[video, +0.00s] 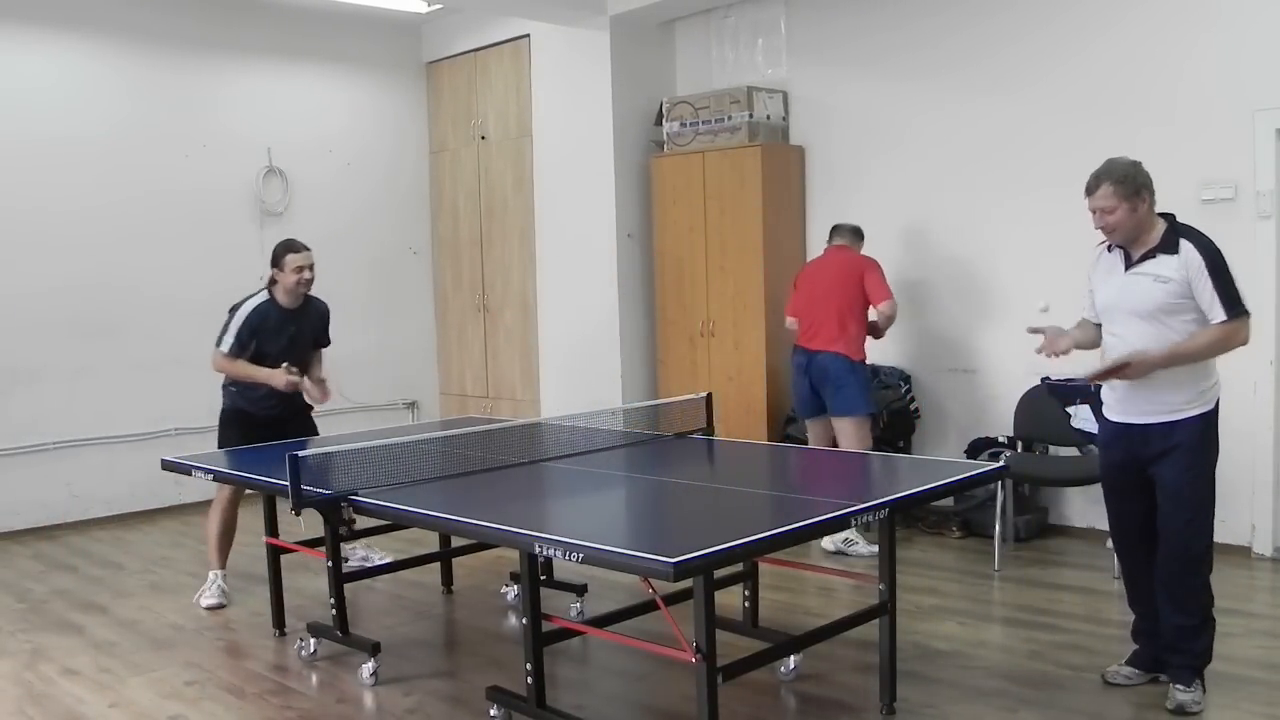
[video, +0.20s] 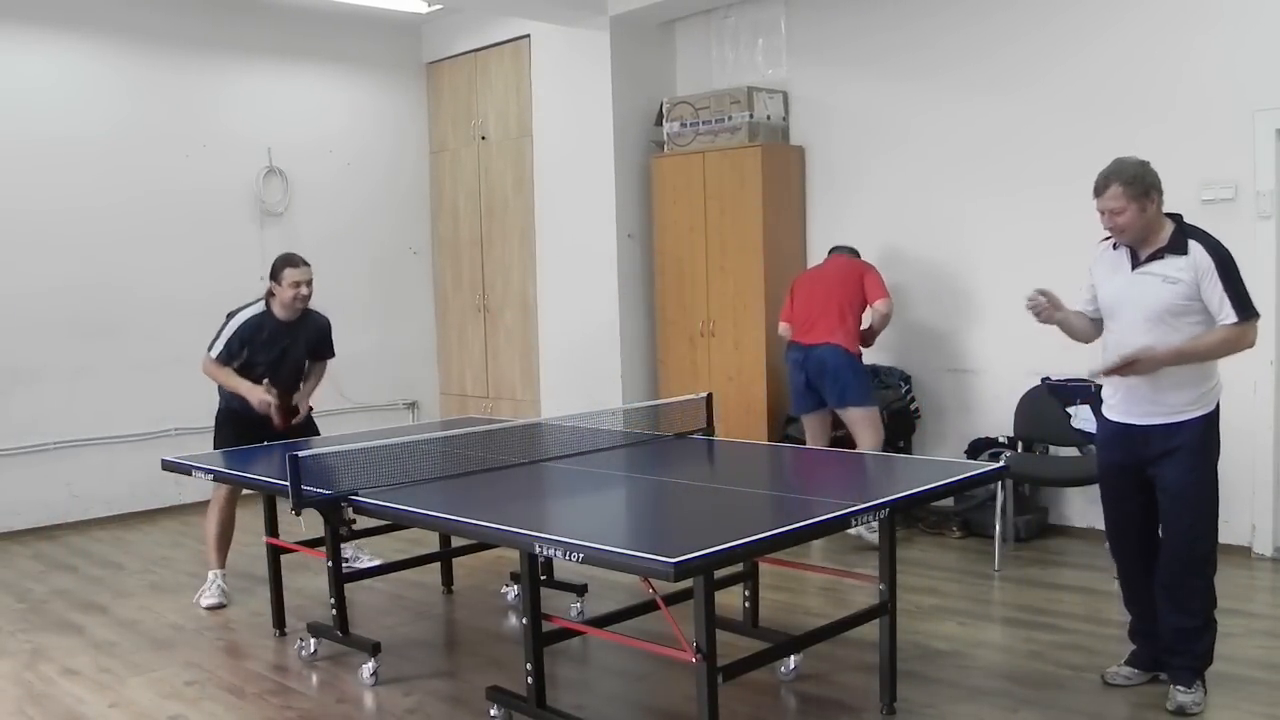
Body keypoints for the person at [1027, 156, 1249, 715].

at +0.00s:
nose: (1098, 222)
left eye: (1106, 212)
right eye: (1094, 213)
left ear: (1143, 203)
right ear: (1094, 210)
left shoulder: (1193, 250)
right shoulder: (1104, 259)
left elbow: (1236, 329)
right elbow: (1098, 324)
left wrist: (1154, 359)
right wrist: (1070, 337)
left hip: (1183, 428)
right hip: (1119, 427)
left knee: (1183, 549)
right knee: (1133, 547)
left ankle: (1186, 669)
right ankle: (1149, 653)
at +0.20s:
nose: (1107, 224)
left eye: (1116, 213)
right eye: (1102, 214)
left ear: (1151, 203)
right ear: (1101, 210)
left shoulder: (1202, 252)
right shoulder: (1105, 257)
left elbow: (1243, 330)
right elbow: (1092, 329)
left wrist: (1160, 356)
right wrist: (1061, 315)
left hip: (1185, 429)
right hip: (1119, 429)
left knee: (1187, 550)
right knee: (1130, 547)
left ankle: (1187, 670)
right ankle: (1147, 654)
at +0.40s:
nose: (1109, 224)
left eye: (1120, 213)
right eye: (1105, 213)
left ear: (1155, 205)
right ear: (1105, 208)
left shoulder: (1200, 253)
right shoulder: (1104, 252)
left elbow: (1222, 339)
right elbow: (1090, 319)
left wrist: (1131, 342)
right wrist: (1068, 334)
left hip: (1182, 429)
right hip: (1111, 424)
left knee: (1188, 553)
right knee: (1088, 532)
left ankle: (1187, 671)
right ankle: (1117, 634)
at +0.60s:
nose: (1082, 223)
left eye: (1090, 212)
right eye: (1077, 213)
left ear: (1126, 206)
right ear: (1080, 211)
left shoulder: (1177, 255)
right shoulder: (1084, 260)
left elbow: (1215, 332)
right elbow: (1071, 331)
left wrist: (1133, 354)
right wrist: (1037, 333)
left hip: (1166, 431)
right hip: (1096, 430)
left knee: (1179, 554)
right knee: (1078, 544)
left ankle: (1185, 674)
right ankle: (1060, 653)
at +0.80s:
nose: (1037, 234)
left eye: (1046, 223)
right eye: (1033, 224)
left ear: (1081, 219)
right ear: (1036, 224)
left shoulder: (1137, 261)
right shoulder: (1044, 273)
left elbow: (1188, 332)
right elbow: (1042, 348)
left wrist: (1115, 369)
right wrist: (1017, 355)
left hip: (1144, 432)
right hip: (1072, 433)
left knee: (1164, 549)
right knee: (1059, 545)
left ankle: (1187, 670)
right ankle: (1060, 653)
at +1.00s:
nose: (1034, 221)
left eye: (1045, 211)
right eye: (1032, 212)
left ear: (1081, 215)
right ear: (1036, 218)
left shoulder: (1131, 262)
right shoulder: (1032, 274)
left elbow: (1178, 335)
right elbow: (1021, 346)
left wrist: (1110, 373)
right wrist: (1014, 351)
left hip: (1135, 434)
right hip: (1061, 434)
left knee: (1159, 546)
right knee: (1048, 541)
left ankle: (1190, 664)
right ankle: (1059, 653)